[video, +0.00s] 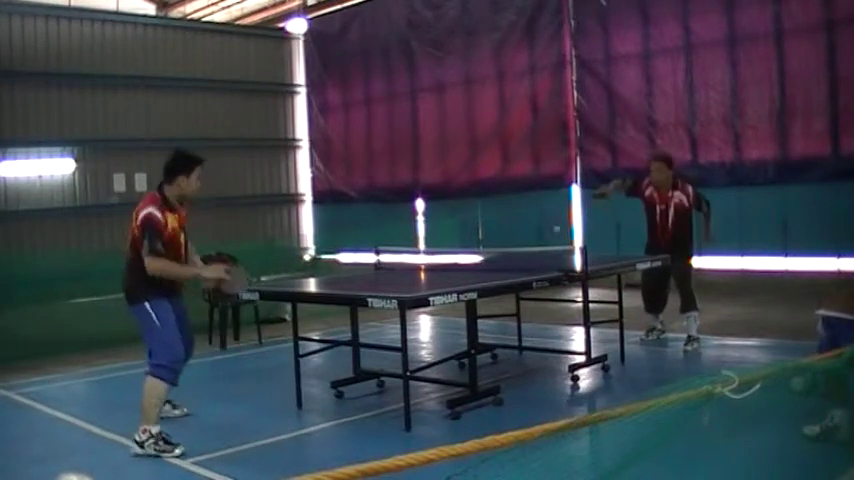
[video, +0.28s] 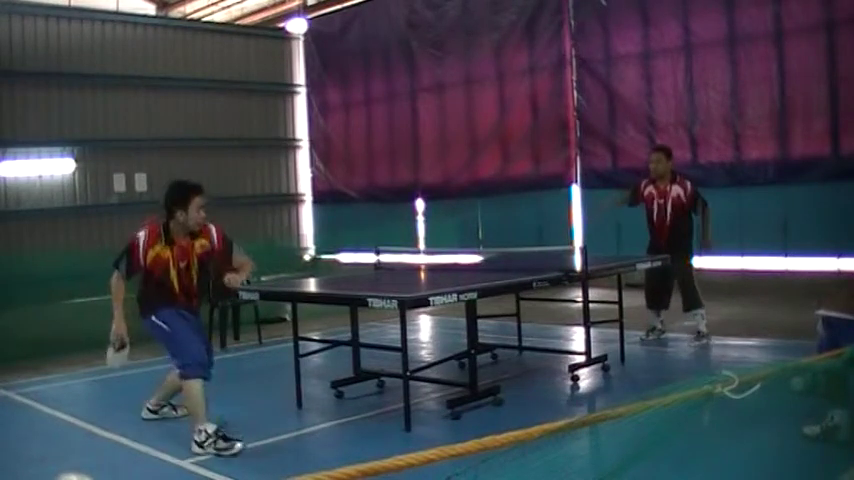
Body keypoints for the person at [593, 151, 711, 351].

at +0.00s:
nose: (655, 176)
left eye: (660, 171)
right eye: (653, 171)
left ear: (670, 172)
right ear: (649, 172)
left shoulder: (686, 191)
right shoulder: (645, 188)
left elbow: (705, 208)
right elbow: (623, 185)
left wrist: (707, 233)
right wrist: (608, 189)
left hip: (680, 248)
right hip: (655, 248)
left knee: (684, 286)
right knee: (650, 286)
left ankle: (692, 333)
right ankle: (655, 325)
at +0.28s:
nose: (654, 166)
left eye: (658, 162)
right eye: (651, 162)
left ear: (669, 163)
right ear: (649, 164)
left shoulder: (683, 186)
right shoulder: (645, 187)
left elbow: (703, 208)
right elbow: (632, 201)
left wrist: (705, 238)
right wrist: (626, 198)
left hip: (680, 246)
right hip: (656, 245)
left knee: (686, 282)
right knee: (653, 283)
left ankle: (700, 325)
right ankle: (657, 325)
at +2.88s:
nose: (709, 159)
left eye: (713, 155)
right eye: (707, 155)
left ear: (722, 158)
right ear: (705, 159)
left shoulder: (734, 181)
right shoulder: (703, 186)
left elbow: (742, 206)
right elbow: (700, 213)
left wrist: (723, 206)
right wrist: (700, 239)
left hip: (730, 237)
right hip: (708, 238)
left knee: (739, 273)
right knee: (707, 276)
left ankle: (754, 312)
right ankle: (711, 315)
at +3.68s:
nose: (746, 157)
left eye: (750, 152)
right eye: (742, 152)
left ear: (757, 156)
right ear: (737, 156)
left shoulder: (767, 182)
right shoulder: (729, 181)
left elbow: (774, 206)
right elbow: (720, 210)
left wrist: (765, 213)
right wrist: (716, 236)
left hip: (756, 236)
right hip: (732, 235)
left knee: (756, 274)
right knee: (728, 272)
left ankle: (756, 315)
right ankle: (724, 314)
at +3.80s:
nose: (743, 157)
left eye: (747, 153)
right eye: (740, 153)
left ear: (755, 156)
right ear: (736, 156)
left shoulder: (764, 182)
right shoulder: (726, 181)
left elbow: (772, 208)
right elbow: (718, 210)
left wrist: (758, 212)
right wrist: (713, 237)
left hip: (754, 237)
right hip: (730, 236)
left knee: (754, 275)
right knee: (726, 273)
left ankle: (755, 315)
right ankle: (719, 315)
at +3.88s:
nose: (739, 157)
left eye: (743, 153)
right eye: (737, 152)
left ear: (750, 156)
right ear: (733, 156)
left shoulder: (762, 183)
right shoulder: (723, 183)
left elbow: (771, 208)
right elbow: (715, 213)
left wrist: (755, 212)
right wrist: (710, 242)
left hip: (752, 240)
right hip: (728, 239)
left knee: (753, 277)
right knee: (723, 277)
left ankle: (755, 315)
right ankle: (716, 316)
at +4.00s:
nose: (729, 158)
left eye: (733, 154)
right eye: (727, 153)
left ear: (742, 157)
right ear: (724, 157)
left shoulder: (755, 183)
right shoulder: (716, 185)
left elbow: (765, 208)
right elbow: (710, 217)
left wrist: (747, 212)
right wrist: (705, 247)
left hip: (747, 242)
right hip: (724, 241)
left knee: (751, 281)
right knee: (719, 280)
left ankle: (755, 316)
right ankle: (713, 319)